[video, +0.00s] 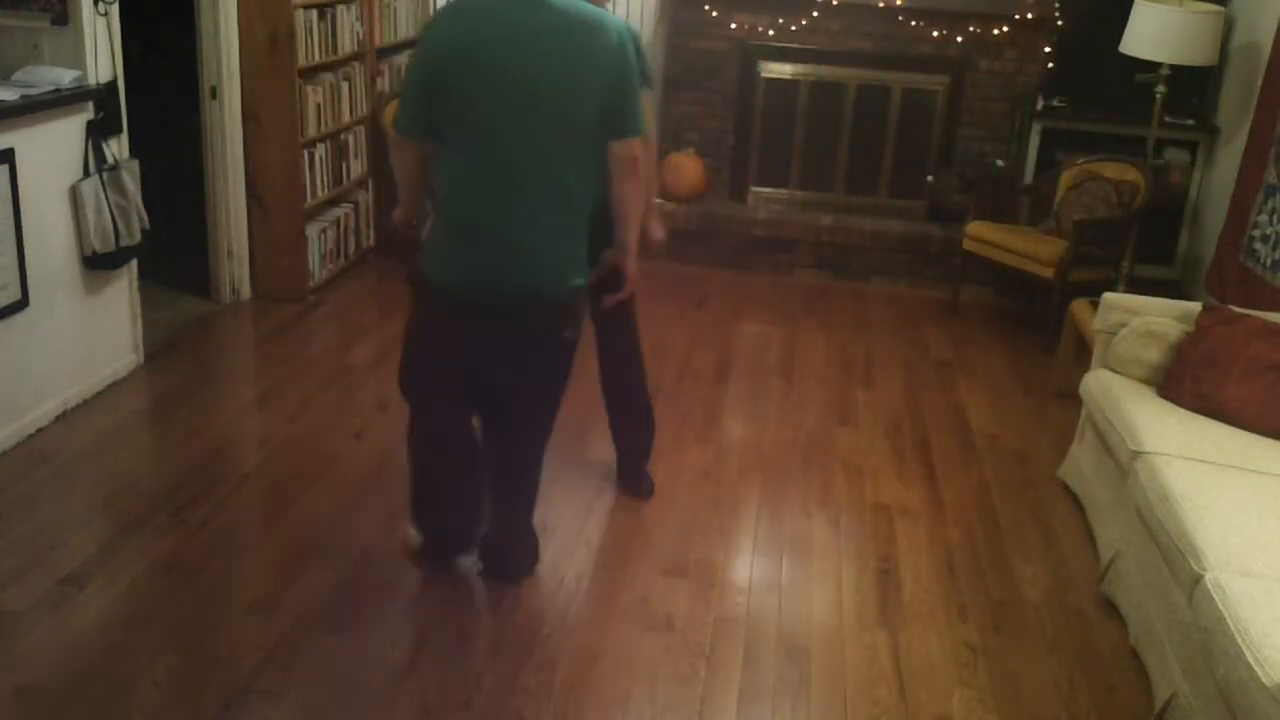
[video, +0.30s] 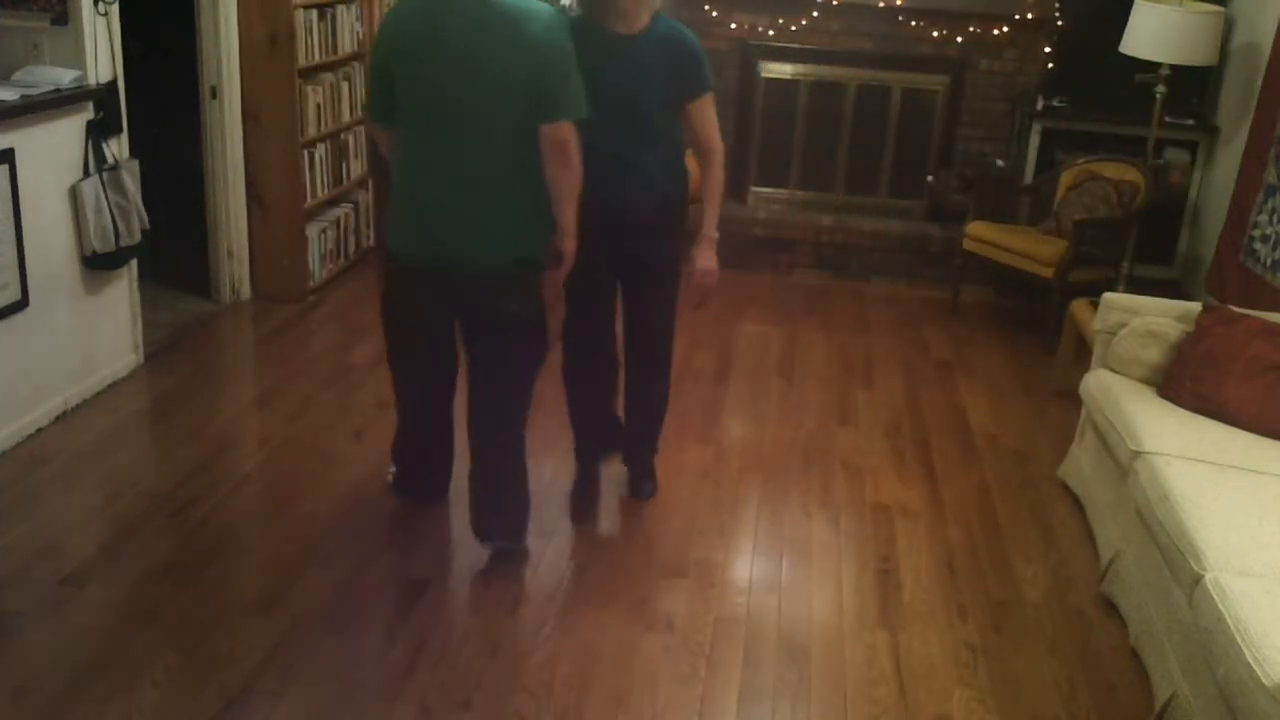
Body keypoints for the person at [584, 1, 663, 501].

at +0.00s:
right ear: (598, 10)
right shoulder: (619, 40)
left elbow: (643, 139)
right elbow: (642, 139)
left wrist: (649, 211)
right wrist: (649, 210)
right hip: (603, 210)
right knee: (619, 339)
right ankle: (634, 466)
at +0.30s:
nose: (633, 1)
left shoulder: (677, 45)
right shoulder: (569, 38)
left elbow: (712, 147)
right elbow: (549, 138)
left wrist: (708, 239)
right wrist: (551, 223)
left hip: (655, 226)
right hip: (586, 222)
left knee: (650, 347)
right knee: (586, 346)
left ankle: (642, 458)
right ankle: (588, 458)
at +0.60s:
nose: (650, 6)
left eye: (660, 0)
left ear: (673, 3)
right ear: (617, 2)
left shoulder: (693, 65)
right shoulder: (583, 57)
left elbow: (714, 189)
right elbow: (570, 151)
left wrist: (661, 274)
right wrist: (557, 211)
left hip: (664, 254)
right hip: (590, 249)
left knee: (652, 377)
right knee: (594, 392)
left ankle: (642, 474)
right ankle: (597, 536)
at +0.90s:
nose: (674, 3)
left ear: (695, 4)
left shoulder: (710, 74)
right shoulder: (589, 55)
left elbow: (722, 204)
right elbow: (557, 155)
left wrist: (654, 292)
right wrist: (546, 239)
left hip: (671, 268)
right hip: (586, 258)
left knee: (657, 407)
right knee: (592, 405)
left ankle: (641, 538)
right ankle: (596, 548)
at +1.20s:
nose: (730, 11)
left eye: (736, 2)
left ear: (740, 14)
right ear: (670, 3)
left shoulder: (742, 99)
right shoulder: (608, 79)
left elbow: (763, 247)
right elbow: (563, 195)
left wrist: (676, 328)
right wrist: (536, 290)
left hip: (699, 317)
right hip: (601, 304)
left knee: (669, 495)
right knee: (595, 448)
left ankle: (649, 682)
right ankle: (593, 556)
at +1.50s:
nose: (791, 18)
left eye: (799, 5)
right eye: (774, 0)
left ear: (803, 16)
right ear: (723, 5)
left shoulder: (797, 111)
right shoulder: (649, 90)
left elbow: (824, 273)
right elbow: (599, 221)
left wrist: (744, 369)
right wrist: (572, 338)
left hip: (744, 353)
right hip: (639, 339)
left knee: (700, 549)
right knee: (631, 533)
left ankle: (660, 703)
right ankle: (600, 681)